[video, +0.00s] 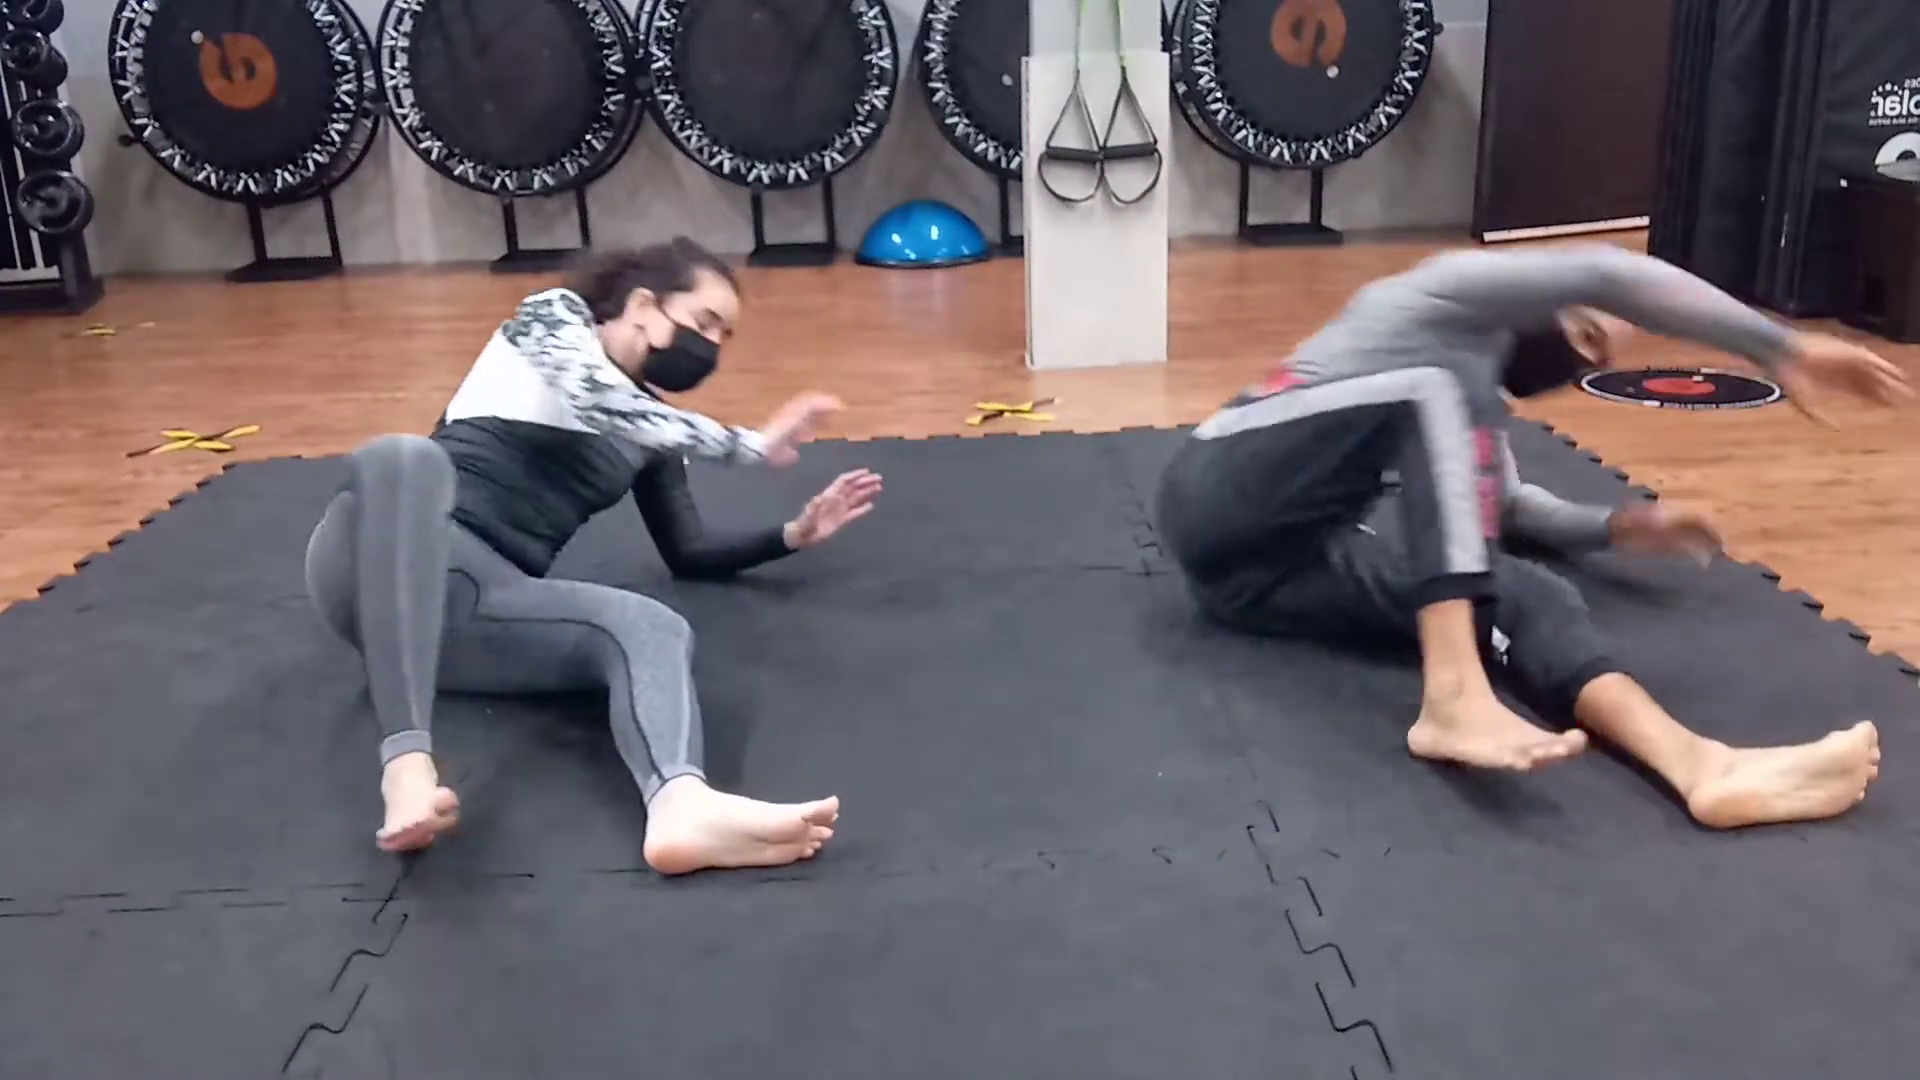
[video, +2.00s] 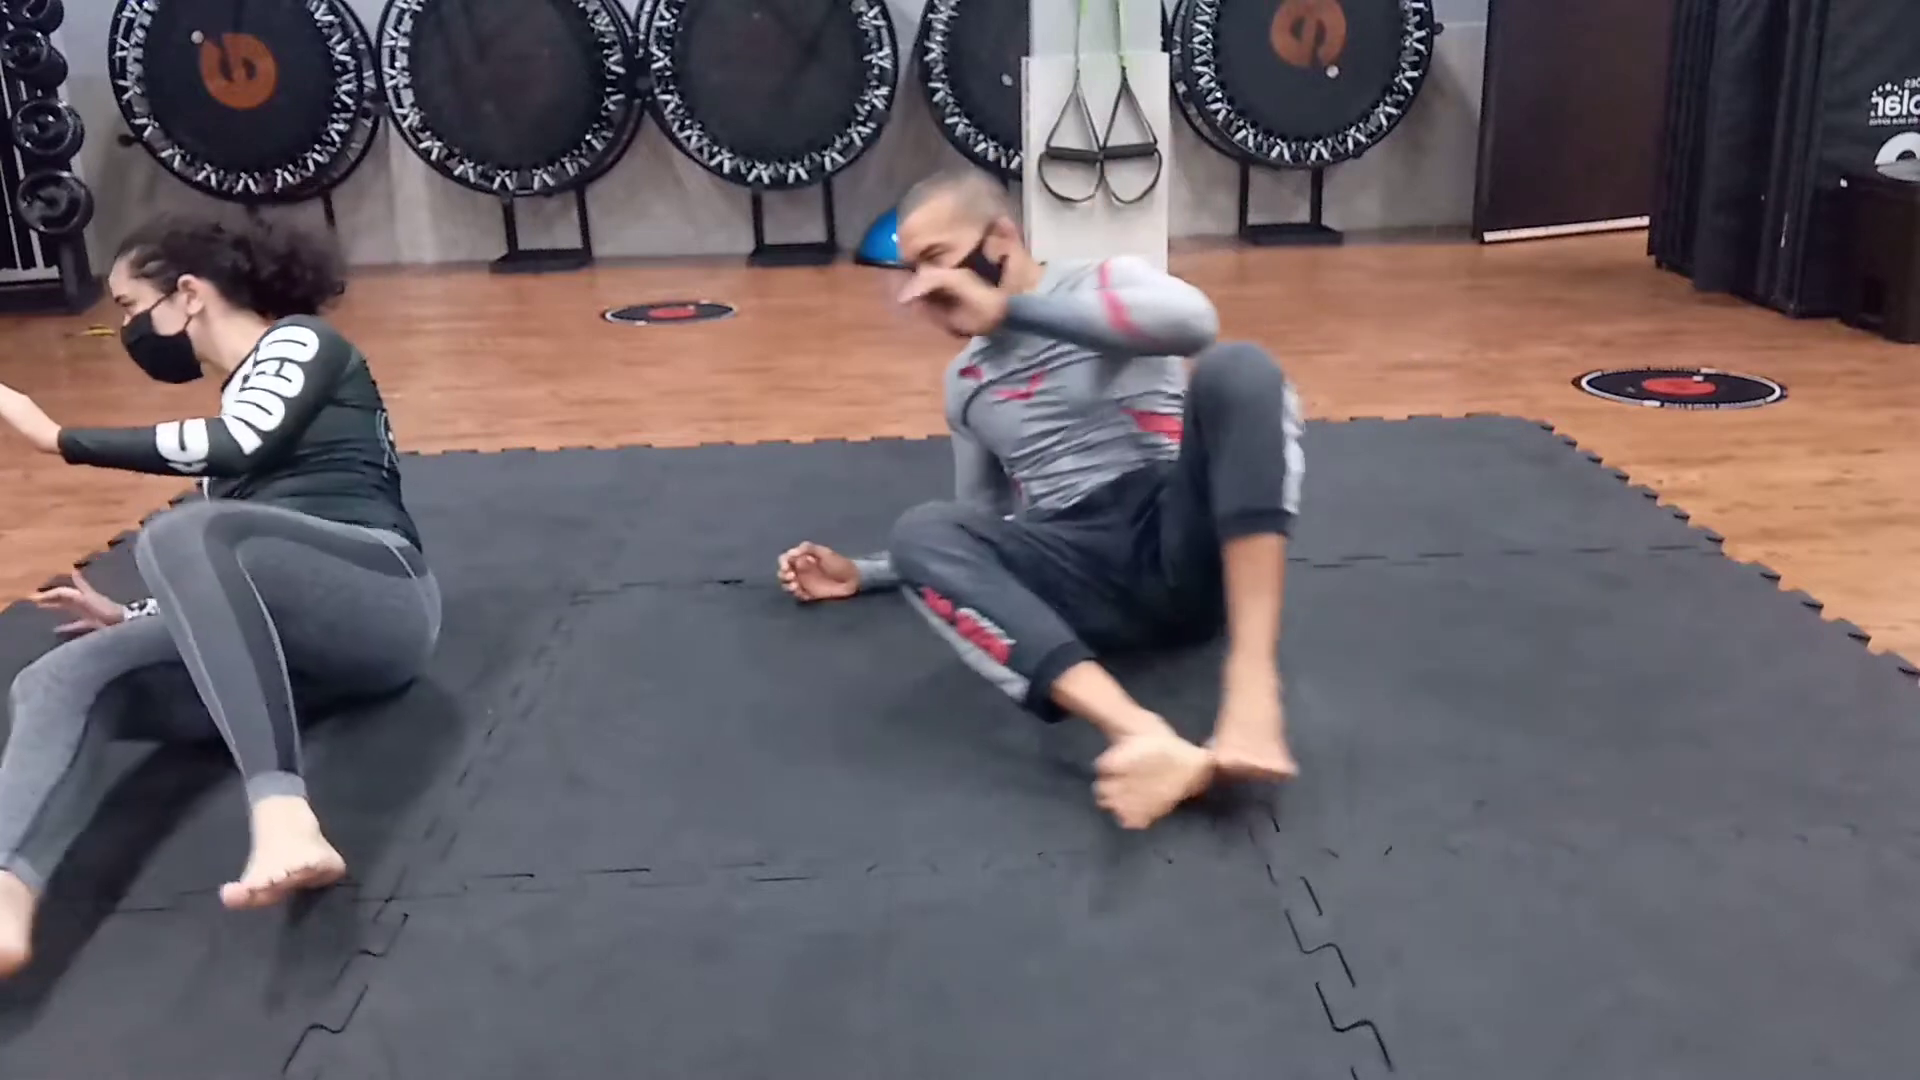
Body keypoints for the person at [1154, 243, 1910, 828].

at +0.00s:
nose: (1605, 352)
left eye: (1608, 346)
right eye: (1600, 333)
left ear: (1553, 362)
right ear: (1555, 305)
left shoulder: (1475, 425)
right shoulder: (1450, 300)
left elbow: (1509, 509)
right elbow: (1609, 270)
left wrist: (1625, 526)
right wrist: (1782, 345)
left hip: (1270, 588)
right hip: (1217, 493)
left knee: (1524, 586)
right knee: (1431, 392)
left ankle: (1701, 766)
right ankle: (1454, 696)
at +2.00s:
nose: (925, 287)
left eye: (938, 260)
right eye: (914, 272)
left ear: (1002, 242)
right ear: (914, 281)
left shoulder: (1103, 284)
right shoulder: (967, 386)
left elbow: (1194, 323)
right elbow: (977, 526)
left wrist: (1010, 308)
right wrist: (863, 574)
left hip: (1182, 536)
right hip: (1071, 570)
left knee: (1240, 367)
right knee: (920, 536)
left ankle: (1253, 689)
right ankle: (1143, 736)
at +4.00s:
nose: (996, 322)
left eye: (1004, 295)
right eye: (981, 312)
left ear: (1061, 274)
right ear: (983, 317)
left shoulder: (1170, 275)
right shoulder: (1061, 412)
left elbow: (1083, 284)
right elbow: (993, 536)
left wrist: (942, 343)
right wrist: (871, 587)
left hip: (1327, 507)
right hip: (1221, 550)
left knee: (1361, 374)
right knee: (1053, 571)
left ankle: (1302, 691)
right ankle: (1066, 771)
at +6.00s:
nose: (1621, 325)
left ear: (1608, 306)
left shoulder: (1570, 387)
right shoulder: (1504, 258)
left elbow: (1551, 520)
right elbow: (1651, 236)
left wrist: (1681, 538)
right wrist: (1782, 280)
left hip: (1467, 586)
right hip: (1410, 493)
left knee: (1761, 587)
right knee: (1686, 398)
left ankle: (1777, 732)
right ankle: (1619, 711)